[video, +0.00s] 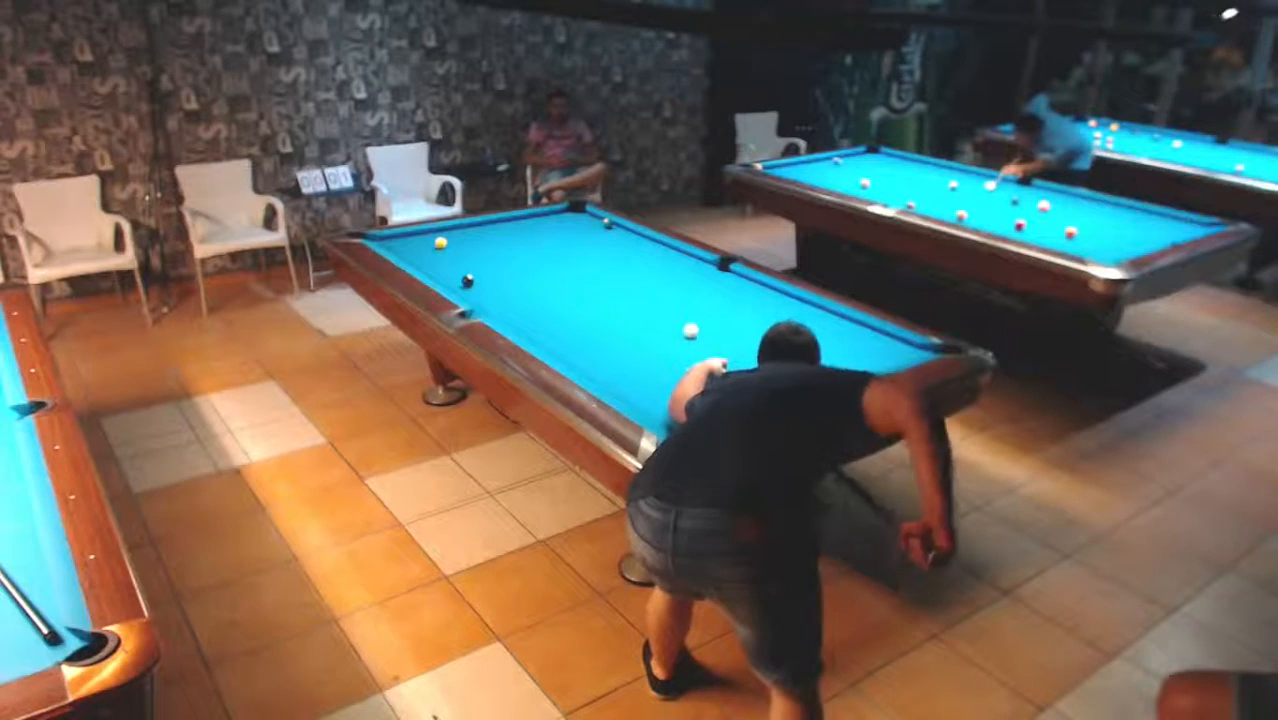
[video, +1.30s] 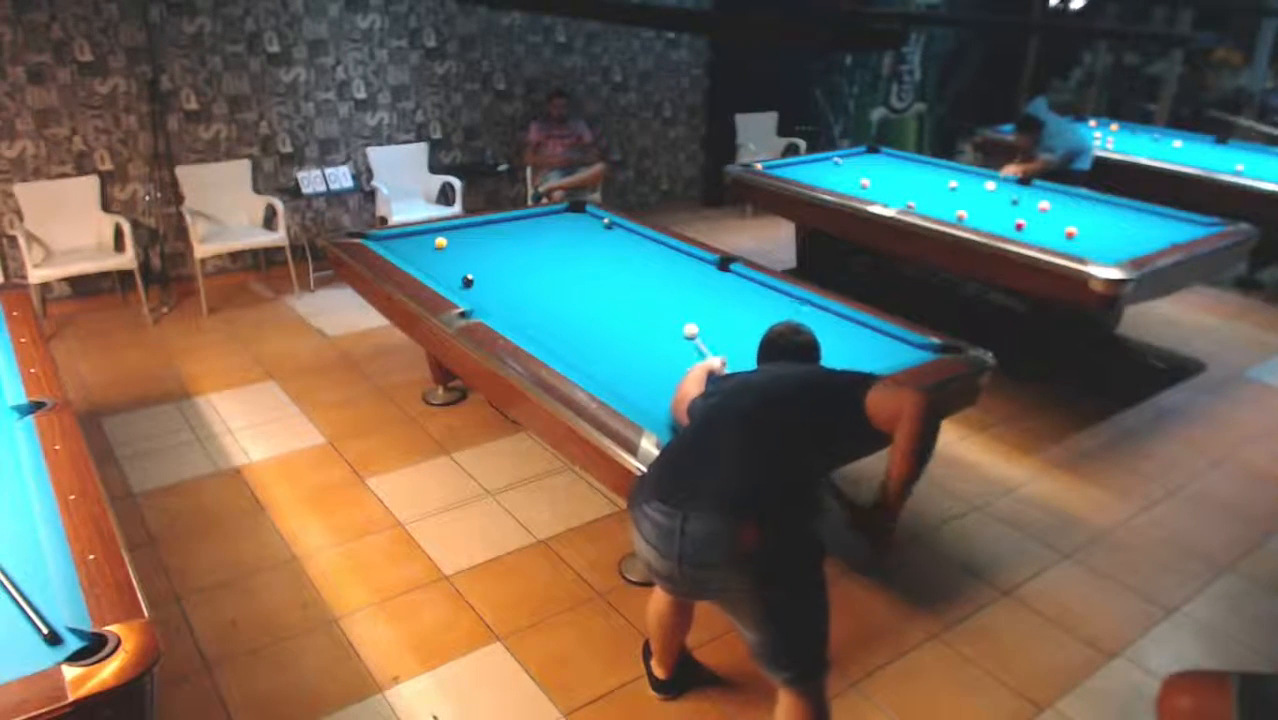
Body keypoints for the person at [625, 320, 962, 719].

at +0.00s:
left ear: (762, 359)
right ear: (815, 362)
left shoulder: (723, 384)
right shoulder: (837, 388)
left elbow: (679, 403)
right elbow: (914, 408)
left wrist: (704, 365)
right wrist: (938, 521)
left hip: (649, 517)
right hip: (744, 532)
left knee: (671, 585)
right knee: (790, 686)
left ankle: (663, 671)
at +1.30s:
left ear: (761, 359)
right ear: (814, 361)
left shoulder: (726, 387)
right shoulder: (835, 386)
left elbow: (683, 406)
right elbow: (913, 404)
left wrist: (702, 366)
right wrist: (888, 510)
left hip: (655, 517)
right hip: (750, 534)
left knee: (671, 583)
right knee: (798, 682)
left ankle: (664, 671)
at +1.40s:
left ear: (766, 346)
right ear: (819, 347)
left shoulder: (730, 373)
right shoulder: (844, 381)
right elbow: (920, 415)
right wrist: (895, 517)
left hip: (658, 522)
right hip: (751, 542)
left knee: (672, 584)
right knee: (803, 679)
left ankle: (664, 672)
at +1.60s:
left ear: (782, 307)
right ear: (839, 314)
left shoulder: (747, 346)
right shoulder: (870, 371)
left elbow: (688, 387)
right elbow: (953, 439)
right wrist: (921, 538)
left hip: (686, 519)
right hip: (781, 547)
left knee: (677, 589)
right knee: (815, 673)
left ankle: (663, 672)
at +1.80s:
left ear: (814, 277)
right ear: (884, 281)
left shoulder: (771, 336)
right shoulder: (908, 366)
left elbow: (687, 378)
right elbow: (994, 481)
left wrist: (723, 355)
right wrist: (961, 518)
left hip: (725, 562)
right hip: (829, 586)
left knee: (694, 611)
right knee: (832, 696)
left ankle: (666, 677)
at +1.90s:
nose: (817, 281)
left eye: (818, 270)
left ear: (823, 275)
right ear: (892, 276)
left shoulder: (777, 331)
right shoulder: (923, 367)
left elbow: (686, 353)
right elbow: (1007, 487)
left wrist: (700, 327)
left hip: (728, 559)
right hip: (831, 587)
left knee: (699, 606)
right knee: (833, 695)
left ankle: (669, 686)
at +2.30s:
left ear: (812, 279)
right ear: (876, 292)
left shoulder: (755, 328)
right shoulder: (897, 359)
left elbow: (685, 366)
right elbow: (973, 444)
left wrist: (702, 338)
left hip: (710, 541)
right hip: (810, 569)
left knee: (688, 599)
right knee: (822, 692)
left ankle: (668, 676)